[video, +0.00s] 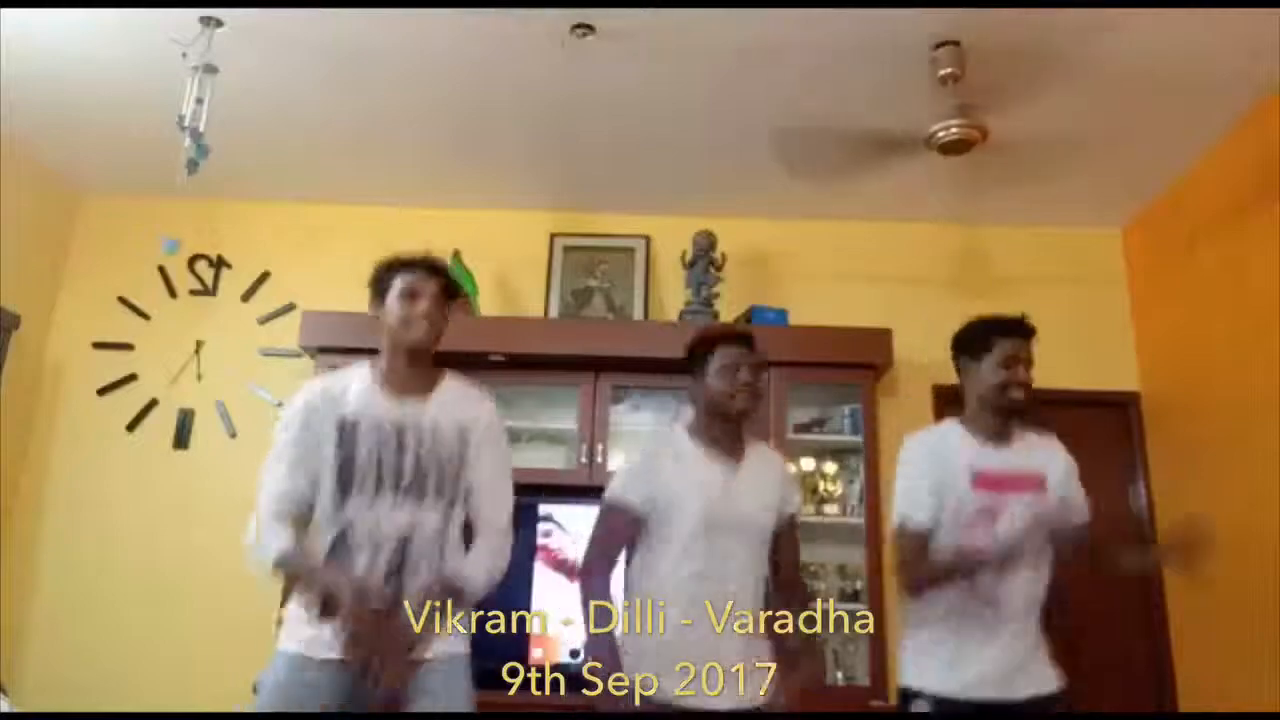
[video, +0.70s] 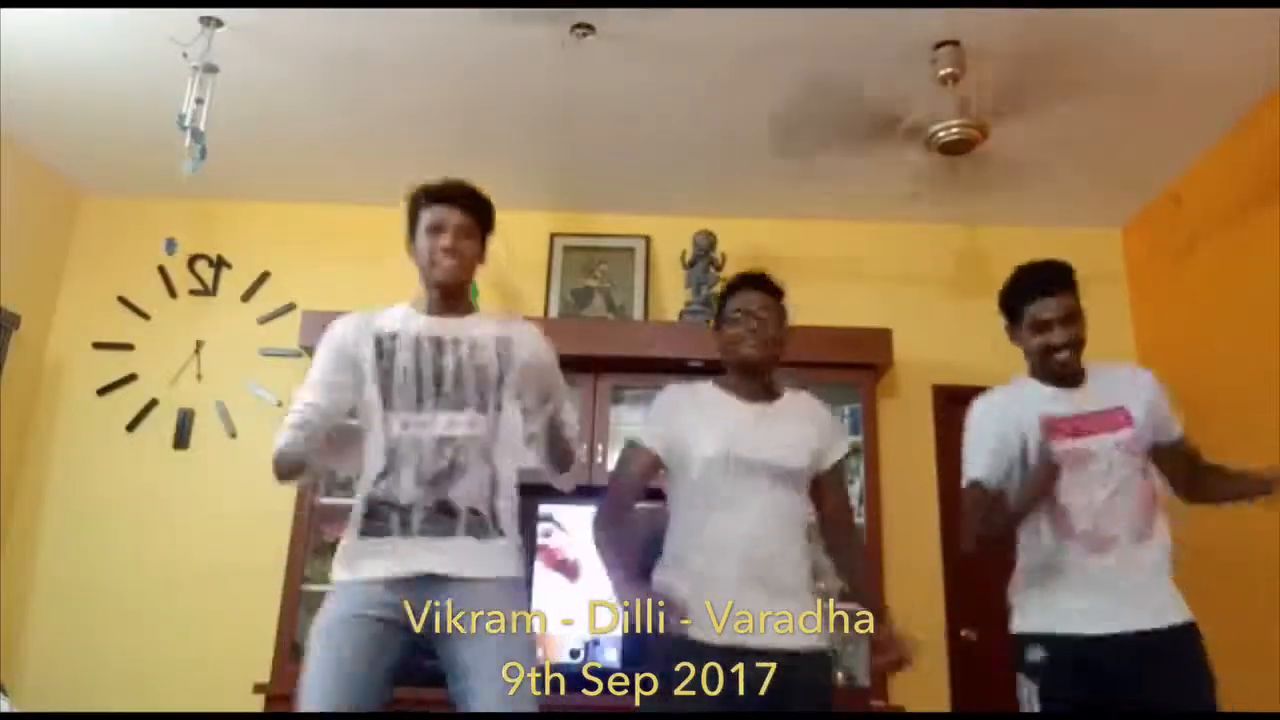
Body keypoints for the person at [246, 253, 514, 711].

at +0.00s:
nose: (425, 309)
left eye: (439, 299)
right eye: (409, 295)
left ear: (449, 317)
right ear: (378, 310)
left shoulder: (475, 413)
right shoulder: (319, 402)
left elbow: (494, 544)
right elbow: (273, 530)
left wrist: (412, 617)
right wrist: (350, 602)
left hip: (431, 654)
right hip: (320, 644)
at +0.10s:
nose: (442, 265)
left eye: (454, 254)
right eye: (427, 251)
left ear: (465, 268)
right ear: (396, 264)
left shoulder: (490, 365)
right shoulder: (340, 344)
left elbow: (505, 487)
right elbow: (281, 465)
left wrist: (440, 493)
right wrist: (363, 489)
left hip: (461, 588)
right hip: (358, 583)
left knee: (484, 704)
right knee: (323, 704)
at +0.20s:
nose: (455, 247)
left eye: (466, 236)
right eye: (440, 234)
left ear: (476, 249)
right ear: (409, 245)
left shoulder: (500, 347)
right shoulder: (360, 321)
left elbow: (501, 463)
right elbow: (278, 459)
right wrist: (323, 428)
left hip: (491, 544)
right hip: (387, 540)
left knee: (530, 698)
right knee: (343, 700)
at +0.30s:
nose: (464, 254)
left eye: (475, 243)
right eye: (448, 240)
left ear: (484, 254)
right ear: (417, 250)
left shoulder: (506, 354)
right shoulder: (373, 322)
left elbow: (501, 471)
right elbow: (317, 433)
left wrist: (550, 526)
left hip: (500, 549)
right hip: (404, 541)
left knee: (537, 699)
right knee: (382, 698)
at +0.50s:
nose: (478, 332)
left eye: (491, 321)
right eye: (462, 318)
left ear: (502, 337)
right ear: (432, 331)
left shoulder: (522, 442)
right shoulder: (380, 408)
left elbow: (529, 570)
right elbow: (298, 528)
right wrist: (192, 528)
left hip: (517, 644)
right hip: (428, 640)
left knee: (572, 703)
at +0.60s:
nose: (467, 276)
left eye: (481, 266)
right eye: (453, 263)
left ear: (497, 283)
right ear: (428, 276)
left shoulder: (531, 369)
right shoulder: (372, 359)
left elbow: (554, 500)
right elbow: (294, 486)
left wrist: (588, 422)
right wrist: (269, 447)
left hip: (500, 608)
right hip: (389, 608)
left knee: (529, 704)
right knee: (377, 704)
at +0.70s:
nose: (448, 243)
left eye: (464, 232)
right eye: (434, 230)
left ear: (483, 250)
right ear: (412, 246)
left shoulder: (520, 341)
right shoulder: (357, 335)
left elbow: (563, 461)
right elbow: (285, 462)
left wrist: (544, 397)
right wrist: (313, 434)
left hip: (483, 567)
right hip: (372, 563)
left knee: (507, 703)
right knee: (324, 703)